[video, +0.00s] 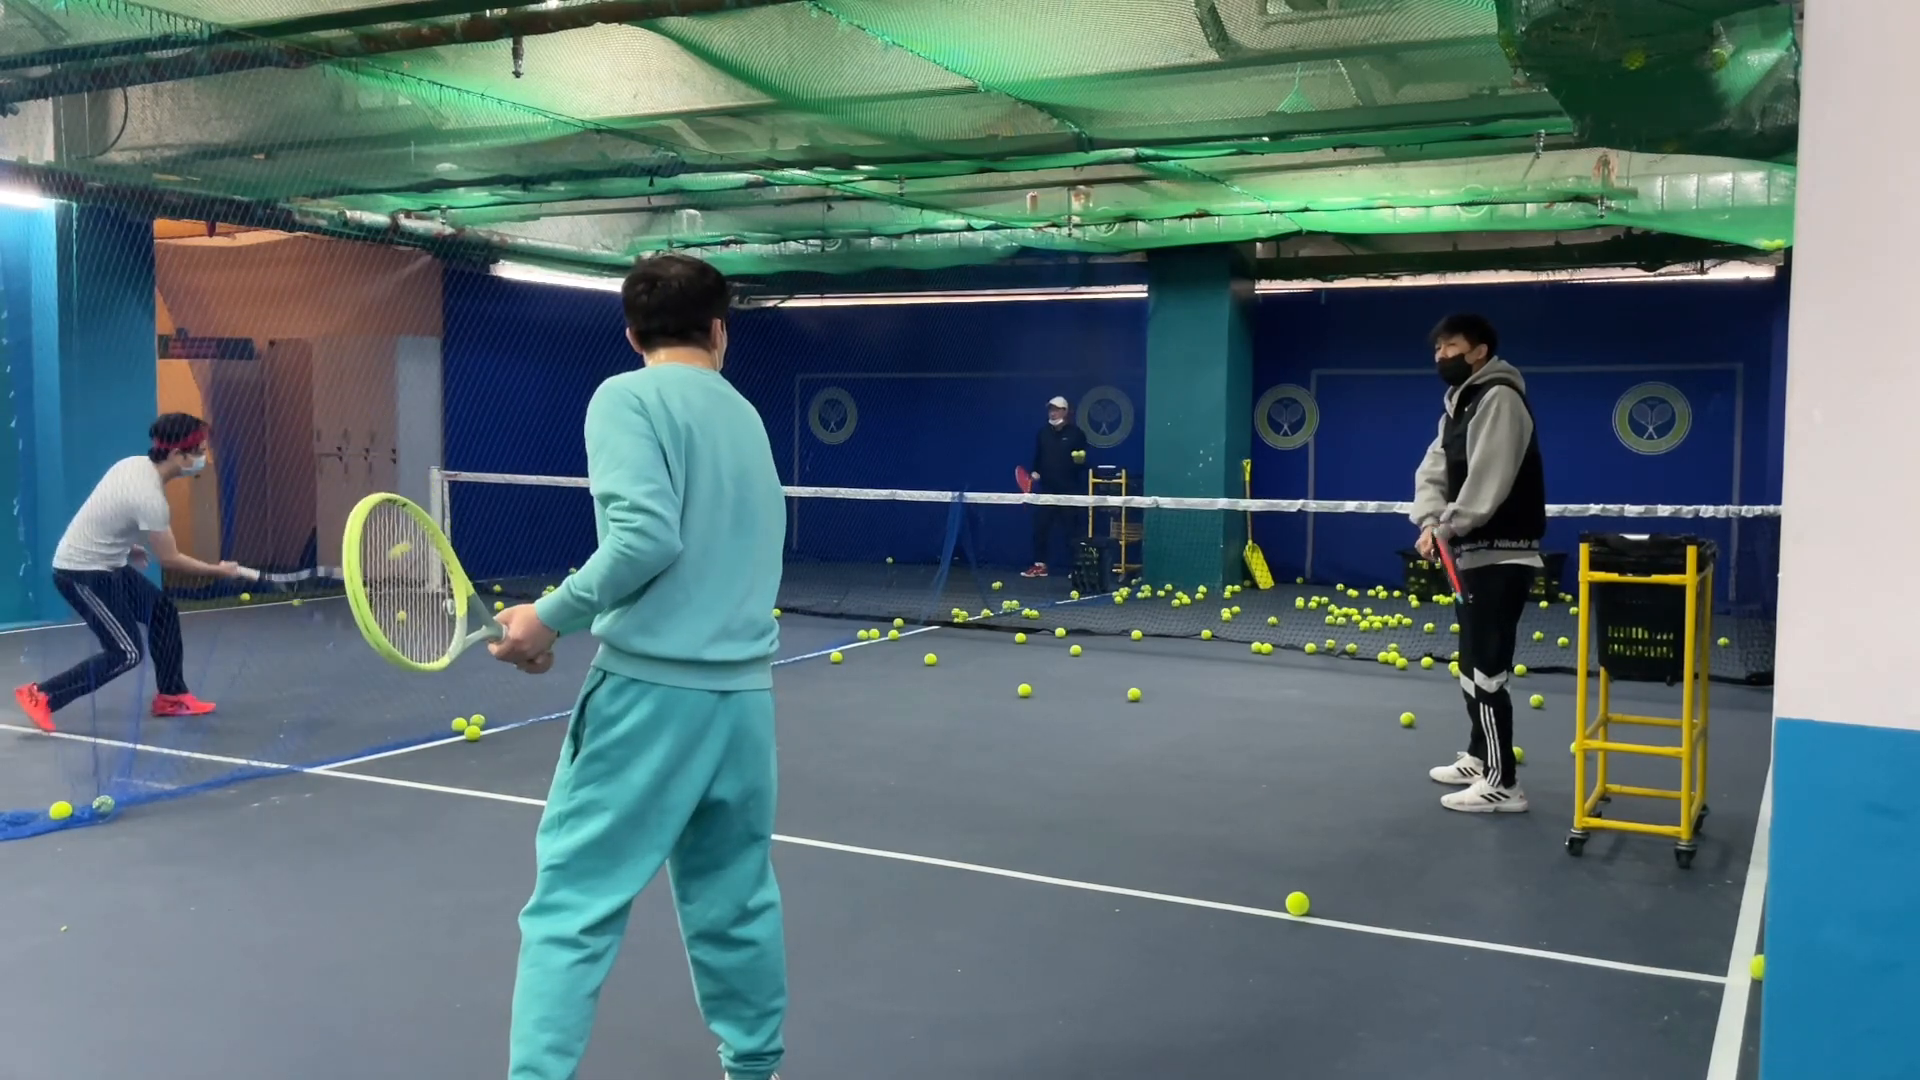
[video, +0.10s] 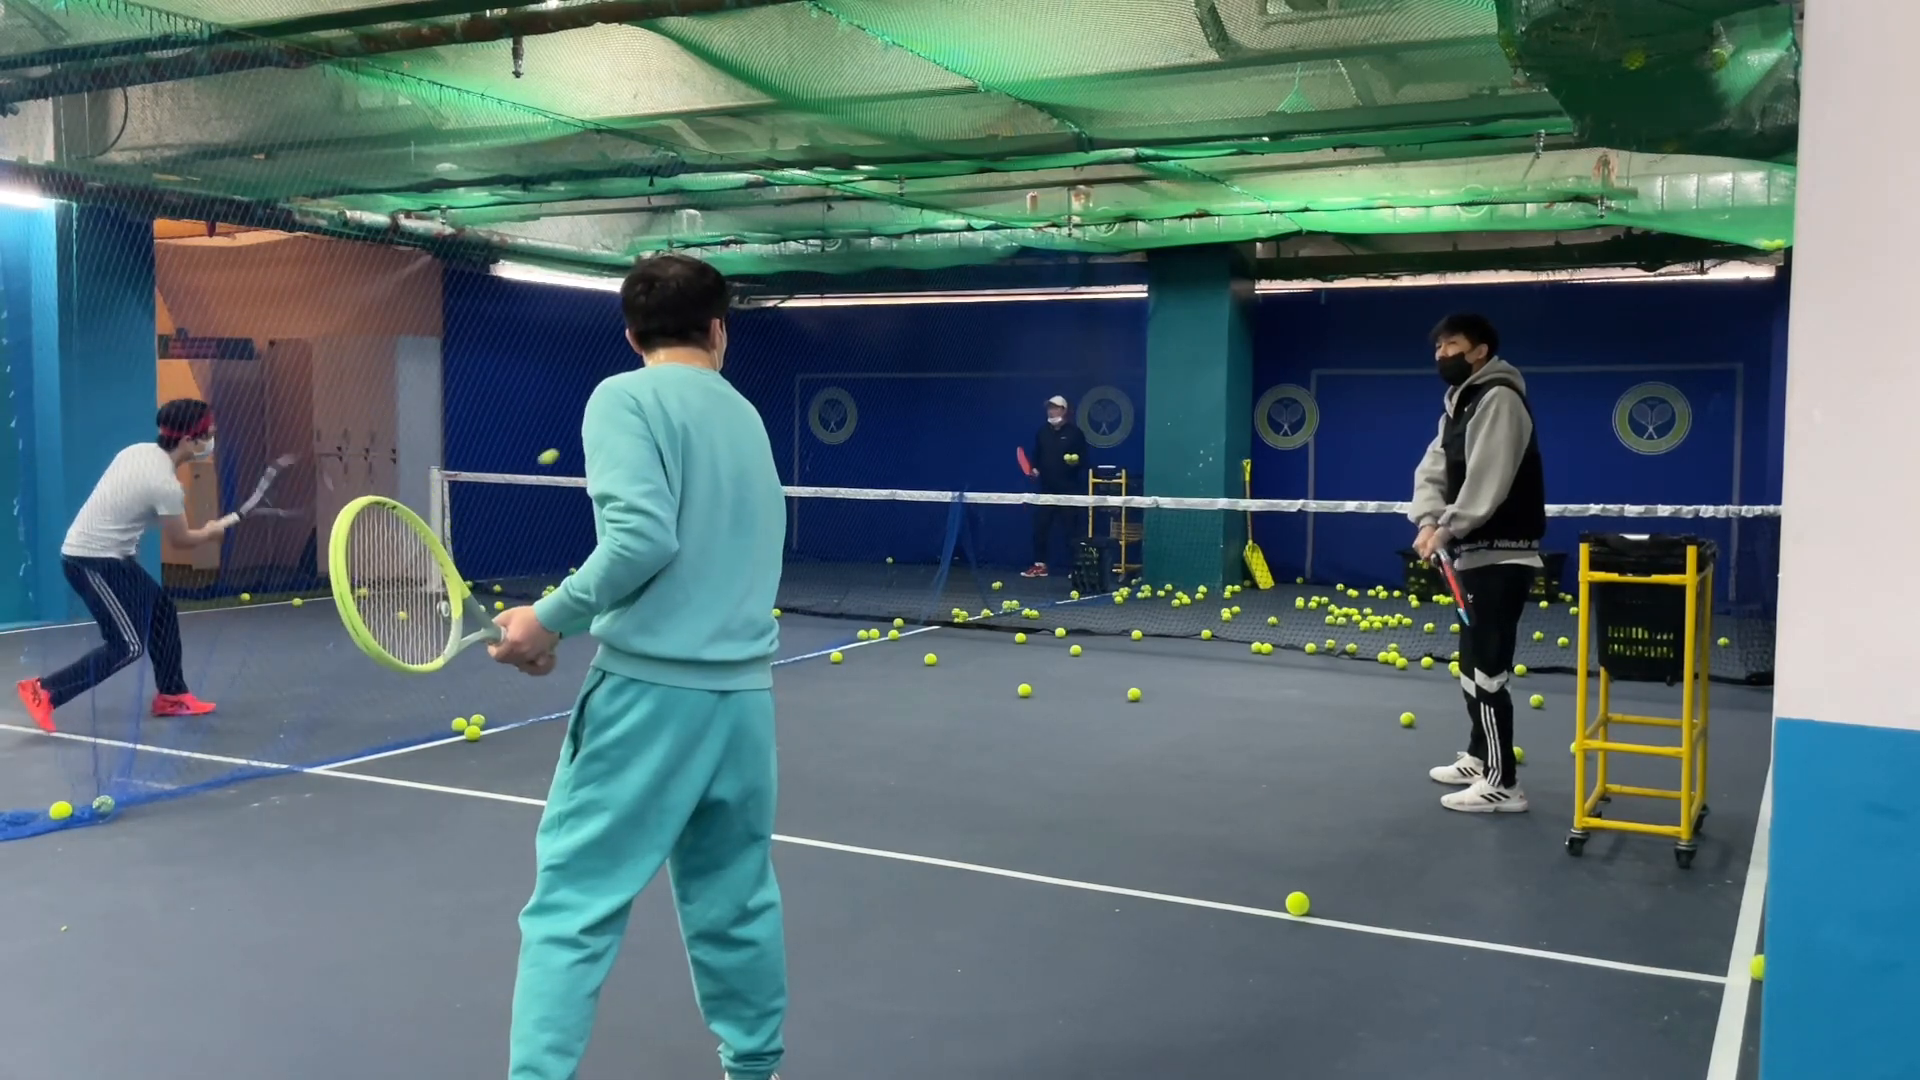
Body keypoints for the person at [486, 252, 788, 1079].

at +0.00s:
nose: (731, 338)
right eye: (729, 327)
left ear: (637, 332)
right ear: (717, 331)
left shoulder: (627, 398)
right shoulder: (745, 418)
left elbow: (646, 536)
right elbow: (750, 556)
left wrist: (547, 616)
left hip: (647, 700)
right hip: (744, 703)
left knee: (572, 910)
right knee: (735, 898)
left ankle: (539, 1069)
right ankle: (755, 1063)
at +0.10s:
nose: (731, 338)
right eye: (730, 327)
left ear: (636, 332)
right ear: (717, 330)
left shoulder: (624, 398)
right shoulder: (745, 417)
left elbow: (642, 536)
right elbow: (746, 557)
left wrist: (546, 618)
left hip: (646, 699)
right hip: (744, 702)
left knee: (572, 910)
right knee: (735, 897)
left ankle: (539, 1069)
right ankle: (754, 1063)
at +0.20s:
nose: (731, 337)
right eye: (730, 326)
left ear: (636, 332)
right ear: (717, 330)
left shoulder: (621, 399)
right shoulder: (746, 417)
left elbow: (638, 534)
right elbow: (746, 557)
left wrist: (545, 619)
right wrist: (566, 622)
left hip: (644, 699)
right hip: (744, 702)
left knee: (572, 910)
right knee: (736, 898)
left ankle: (539, 1069)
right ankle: (755, 1064)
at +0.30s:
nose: (731, 336)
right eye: (730, 325)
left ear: (637, 331)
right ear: (716, 329)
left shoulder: (620, 397)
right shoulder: (747, 417)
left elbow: (635, 532)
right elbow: (740, 557)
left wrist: (543, 619)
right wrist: (565, 625)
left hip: (643, 699)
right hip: (743, 702)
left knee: (571, 911)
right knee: (736, 898)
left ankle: (539, 1069)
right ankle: (755, 1064)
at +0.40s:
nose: (732, 340)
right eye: (731, 328)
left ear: (637, 333)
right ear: (717, 332)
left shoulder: (618, 398)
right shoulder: (748, 419)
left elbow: (631, 532)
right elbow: (737, 560)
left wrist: (541, 620)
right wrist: (564, 627)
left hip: (641, 700)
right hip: (743, 703)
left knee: (571, 911)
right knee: (737, 898)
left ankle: (539, 1069)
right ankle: (755, 1064)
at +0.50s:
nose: (733, 339)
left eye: (728, 326)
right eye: (731, 327)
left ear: (639, 332)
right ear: (717, 331)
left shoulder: (617, 398)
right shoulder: (748, 418)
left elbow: (627, 531)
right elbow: (727, 560)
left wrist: (540, 620)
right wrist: (563, 628)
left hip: (640, 699)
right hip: (741, 703)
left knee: (570, 910)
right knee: (736, 898)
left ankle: (538, 1069)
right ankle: (755, 1064)